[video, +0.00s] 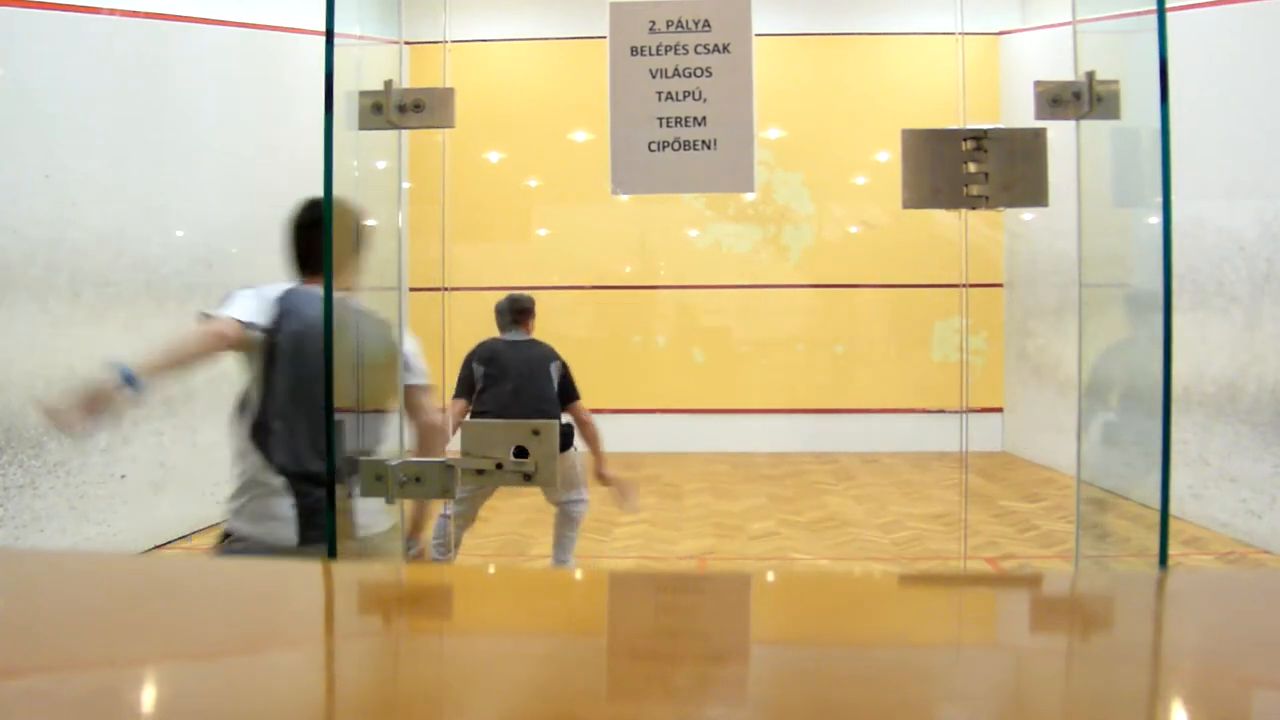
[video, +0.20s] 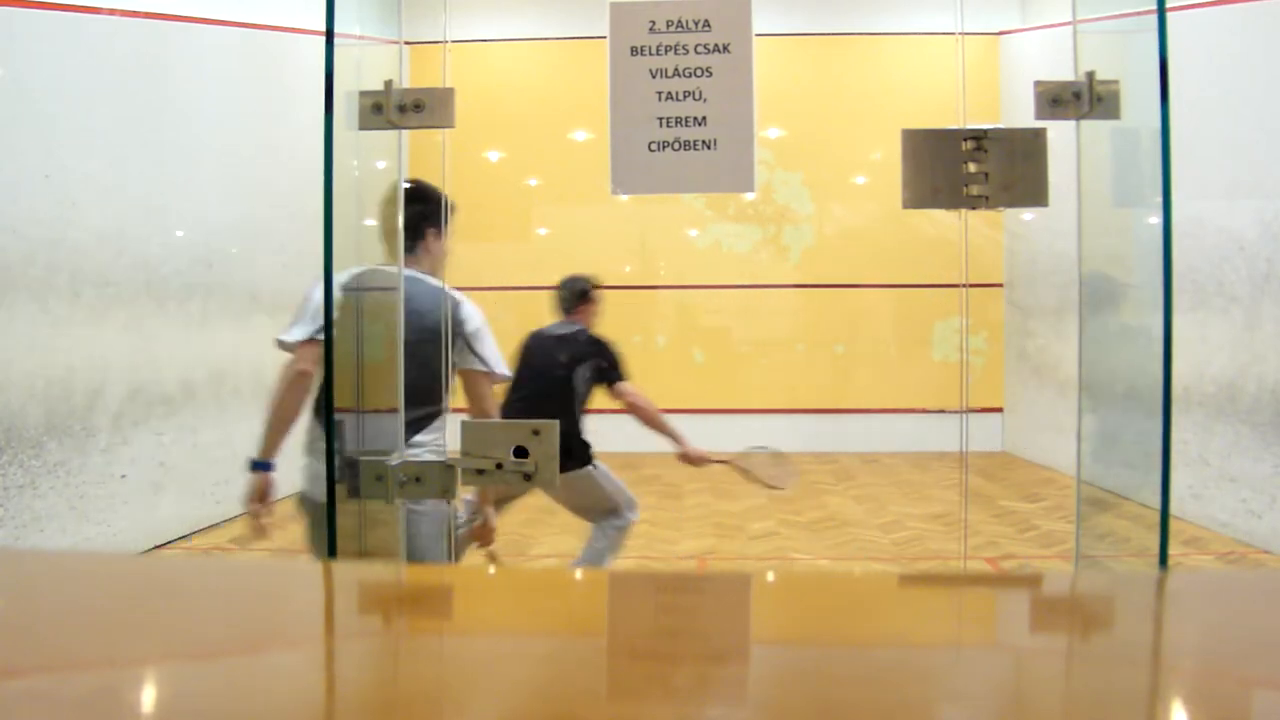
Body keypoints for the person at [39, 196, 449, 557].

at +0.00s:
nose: (360, 255)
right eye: (359, 246)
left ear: (298, 252)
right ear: (357, 254)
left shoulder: (270, 304)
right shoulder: (392, 338)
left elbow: (220, 337)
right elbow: (433, 430)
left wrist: (123, 384)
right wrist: (417, 528)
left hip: (270, 534)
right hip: (365, 539)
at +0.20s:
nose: (447, 247)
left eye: (447, 235)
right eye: (446, 235)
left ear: (388, 231)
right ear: (431, 237)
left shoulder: (334, 290)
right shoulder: (454, 308)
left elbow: (303, 370)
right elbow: (485, 415)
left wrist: (264, 463)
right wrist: (485, 501)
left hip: (331, 492)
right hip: (414, 493)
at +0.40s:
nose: (508, 265)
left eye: (505, 253)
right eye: (502, 254)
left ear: (447, 259)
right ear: (476, 259)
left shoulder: (400, 314)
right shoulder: (500, 322)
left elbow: (340, 397)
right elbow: (521, 421)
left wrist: (305, 466)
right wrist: (524, 493)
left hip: (398, 495)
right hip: (456, 499)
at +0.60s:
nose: (541, 258)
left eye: (539, 247)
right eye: (532, 247)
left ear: (496, 255)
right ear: (503, 254)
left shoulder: (443, 307)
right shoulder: (527, 307)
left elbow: (415, 381)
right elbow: (537, 394)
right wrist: (549, 478)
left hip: (446, 473)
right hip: (501, 473)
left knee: (459, 586)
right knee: (515, 587)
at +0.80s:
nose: (574, 264)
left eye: (572, 254)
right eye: (566, 254)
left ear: (535, 260)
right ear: (538, 260)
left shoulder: (487, 307)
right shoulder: (556, 311)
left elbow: (480, 383)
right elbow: (562, 388)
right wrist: (577, 465)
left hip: (482, 459)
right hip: (538, 463)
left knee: (482, 573)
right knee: (567, 564)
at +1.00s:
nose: (620, 277)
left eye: (619, 268)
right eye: (612, 268)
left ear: (584, 275)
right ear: (585, 274)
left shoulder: (540, 312)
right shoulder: (601, 323)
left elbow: (523, 375)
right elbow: (605, 396)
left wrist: (574, 385)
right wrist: (623, 467)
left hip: (535, 456)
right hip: (583, 459)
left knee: (530, 559)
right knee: (606, 553)